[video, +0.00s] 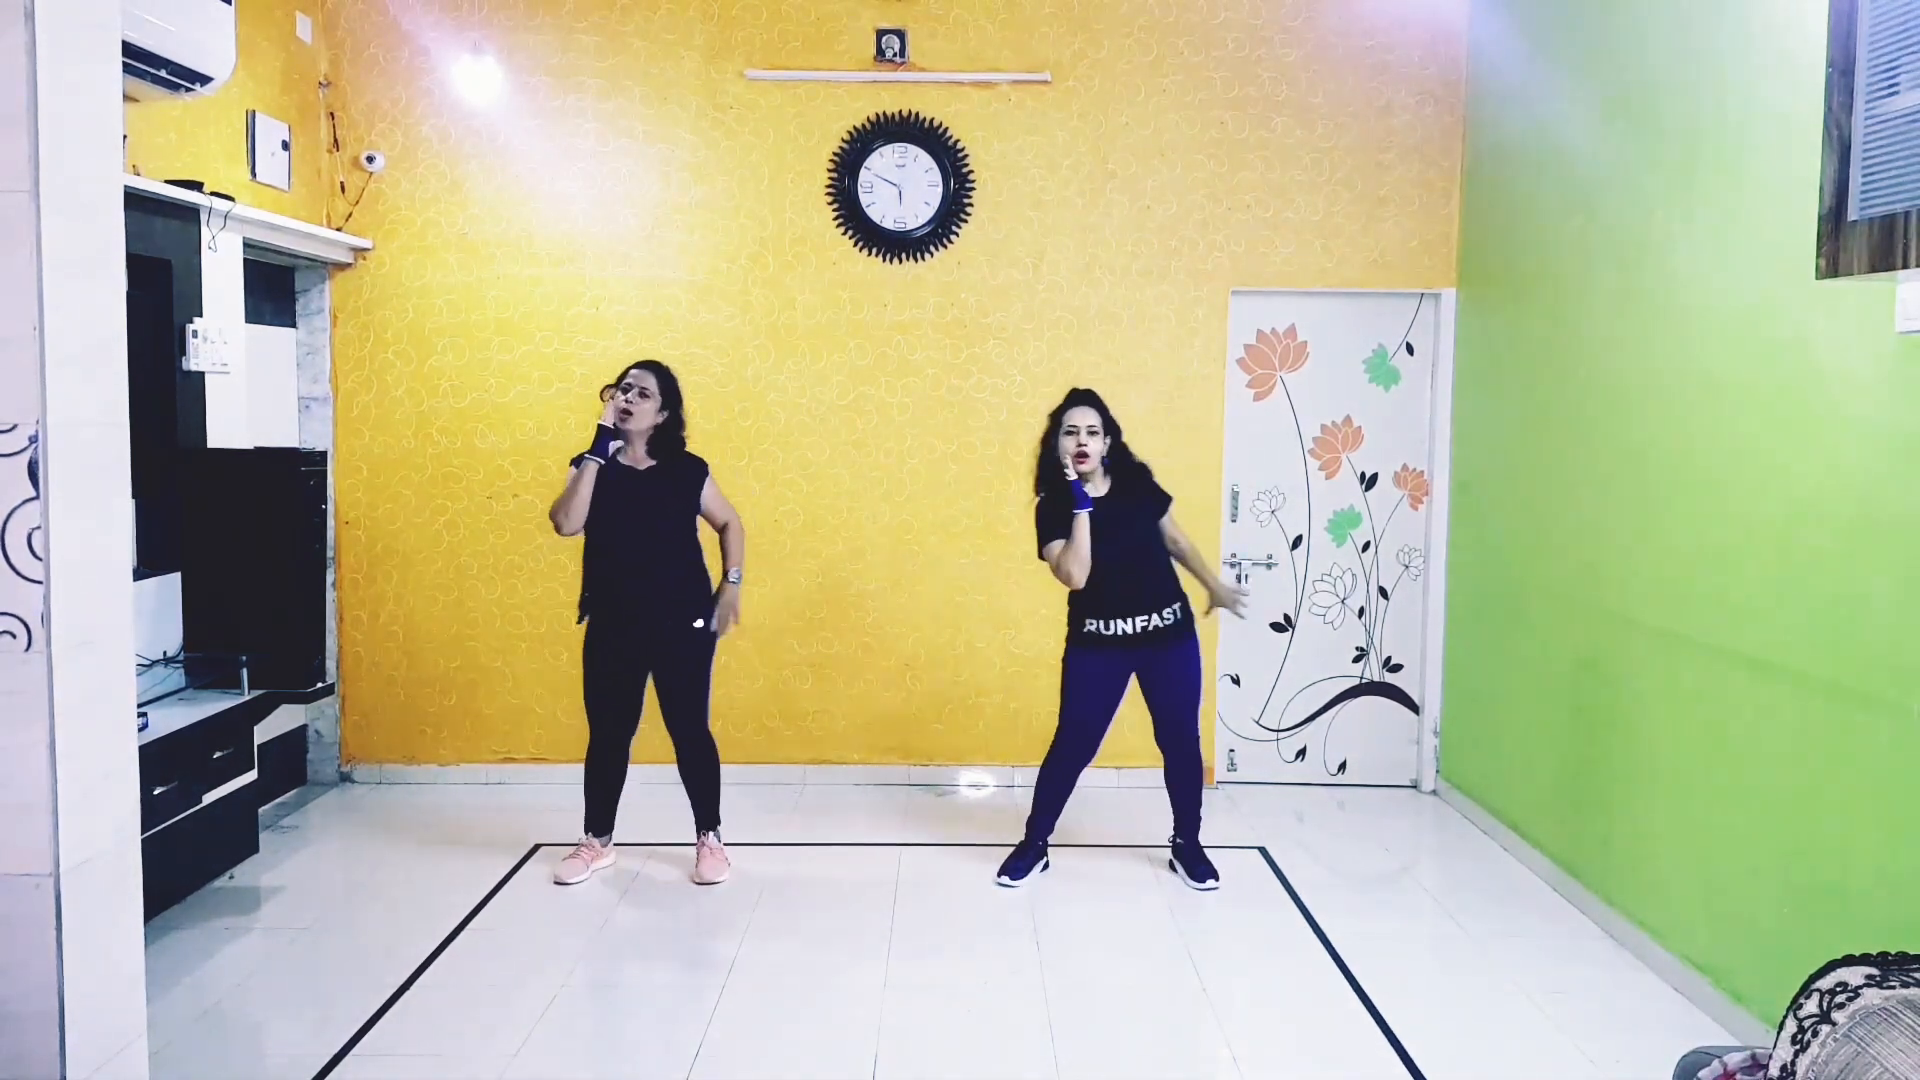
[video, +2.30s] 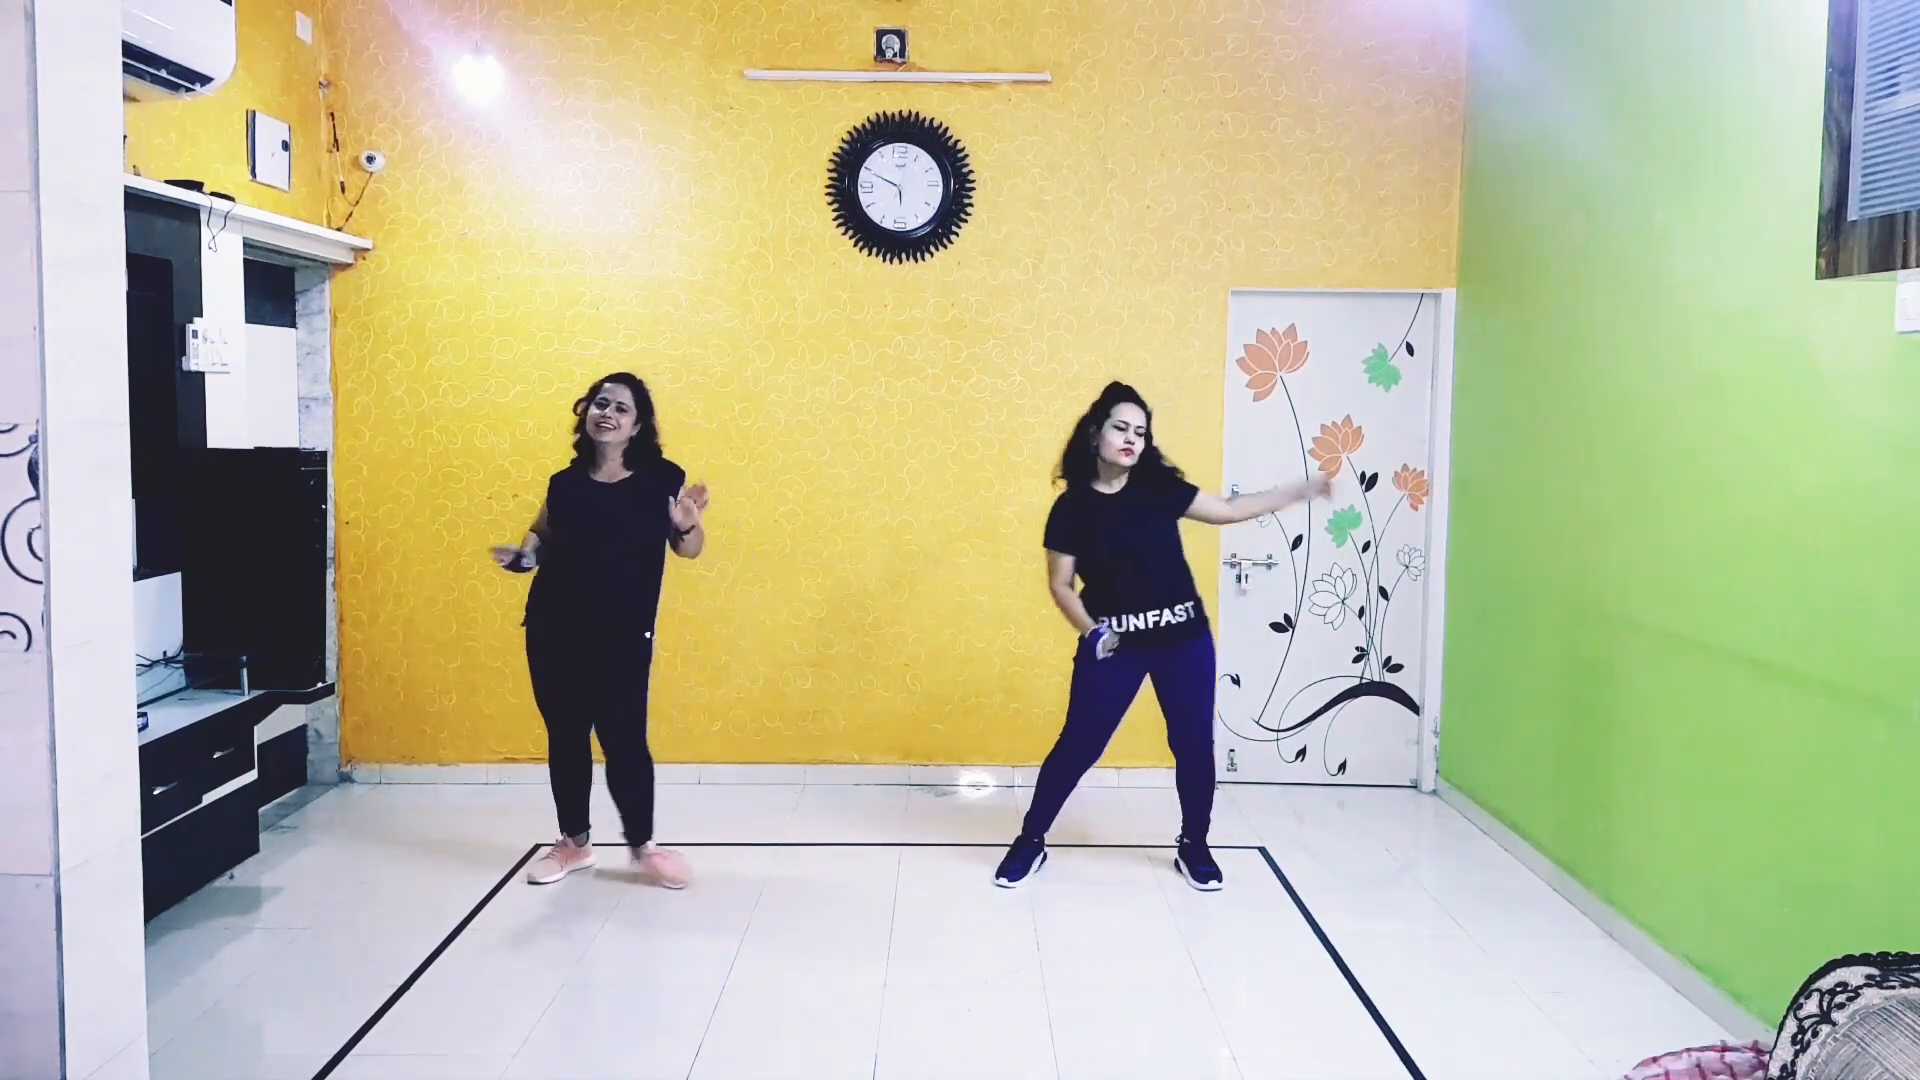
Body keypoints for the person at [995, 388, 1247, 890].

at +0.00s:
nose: (1082, 441)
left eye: (1092, 432)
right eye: (1071, 432)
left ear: (1107, 440)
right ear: (1057, 442)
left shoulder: (1136, 480)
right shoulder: (1055, 502)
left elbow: (1177, 541)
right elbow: (1074, 575)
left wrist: (1216, 586)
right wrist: (1081, 502)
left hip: (1167, 635)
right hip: (1098, 642)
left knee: (1182, 743)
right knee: (1072, 747)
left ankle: (1187, 842)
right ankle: (1034, 842)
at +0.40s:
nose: (1053, 431)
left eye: (1063, 422)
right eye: (1042, 422)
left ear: (1075, 430)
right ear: (1022, 430)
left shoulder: (1087, 477)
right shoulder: (1009, 490)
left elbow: (1108, 544)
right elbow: (1026, 565)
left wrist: (1130, 601)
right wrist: (1048, 493)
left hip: (1110, 626)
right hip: (1045, 634)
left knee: (1142, 733)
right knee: (1043, 747)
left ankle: (1173, 836)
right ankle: (1031, 843)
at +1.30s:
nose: (1117, 436)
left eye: (1128, 426)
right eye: (1107, 428)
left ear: (1150, 432)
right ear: (1095, 437)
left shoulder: (1165, 505)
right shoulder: (1083, 482)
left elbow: (1176, 587)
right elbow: (1041, 535)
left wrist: (1185, 662)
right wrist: (1086, 484)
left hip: (1124, 642)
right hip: (1056, 632)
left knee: (1148, 750)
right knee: (1043, 742)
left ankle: (1184, 839)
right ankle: (1031, 842)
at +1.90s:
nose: (1156, 436)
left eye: (1166, 425)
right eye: (1145, 427)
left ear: (1188, 431)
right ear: (1134, 437)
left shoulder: (1217, 489)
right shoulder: (1130, 492)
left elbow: (1248, 568)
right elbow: (1103, 561)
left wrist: (1267, 638)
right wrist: (1133, 502)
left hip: (1204, 646)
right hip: (1133, 639)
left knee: (1199, 754)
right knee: (1090, 742)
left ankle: (1195, 845)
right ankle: (1043, 840)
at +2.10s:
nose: (1143, 435)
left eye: (1154, 426)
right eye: (1132, 426)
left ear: (1171, 436)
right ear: (1118, 436)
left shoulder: (1199, 484)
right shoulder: (1110, 499)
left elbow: (1254, 542)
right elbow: (1094, 578)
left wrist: (1296, 598)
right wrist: (1127, 552)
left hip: (1203, 642)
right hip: (1132, 641)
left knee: (1202, 753)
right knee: (1087, 743)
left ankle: (1195, 844)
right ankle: (1040, 839)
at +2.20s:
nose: (1137, 436)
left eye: (1147, 428)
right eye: (1127, 426)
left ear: (1158, 438)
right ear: (1106, 435)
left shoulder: (1181, 482)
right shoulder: (1092, 505)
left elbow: (1246, 516)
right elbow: (1082, 582)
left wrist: (1310, 543)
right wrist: (1111, 602)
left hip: (1197, 636)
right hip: (1126, 640)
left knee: (1200, 749)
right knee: (1084, 744)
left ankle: (1194, 844)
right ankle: (1034, 838)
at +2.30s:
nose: (1131, 439)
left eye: (1139, 432)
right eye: (1120, 428)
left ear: (1145, 441)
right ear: (1094, 432)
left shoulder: (1158, 487)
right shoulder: (1072, 508)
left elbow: (1227, 510)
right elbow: (1061, 585)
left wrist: (1305, 490)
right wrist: (1091, 630)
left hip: (1182, 637)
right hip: (1114, 643)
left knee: (1195, 746)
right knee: (1077, 748)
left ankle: (1194, 843)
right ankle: (1030, 840)